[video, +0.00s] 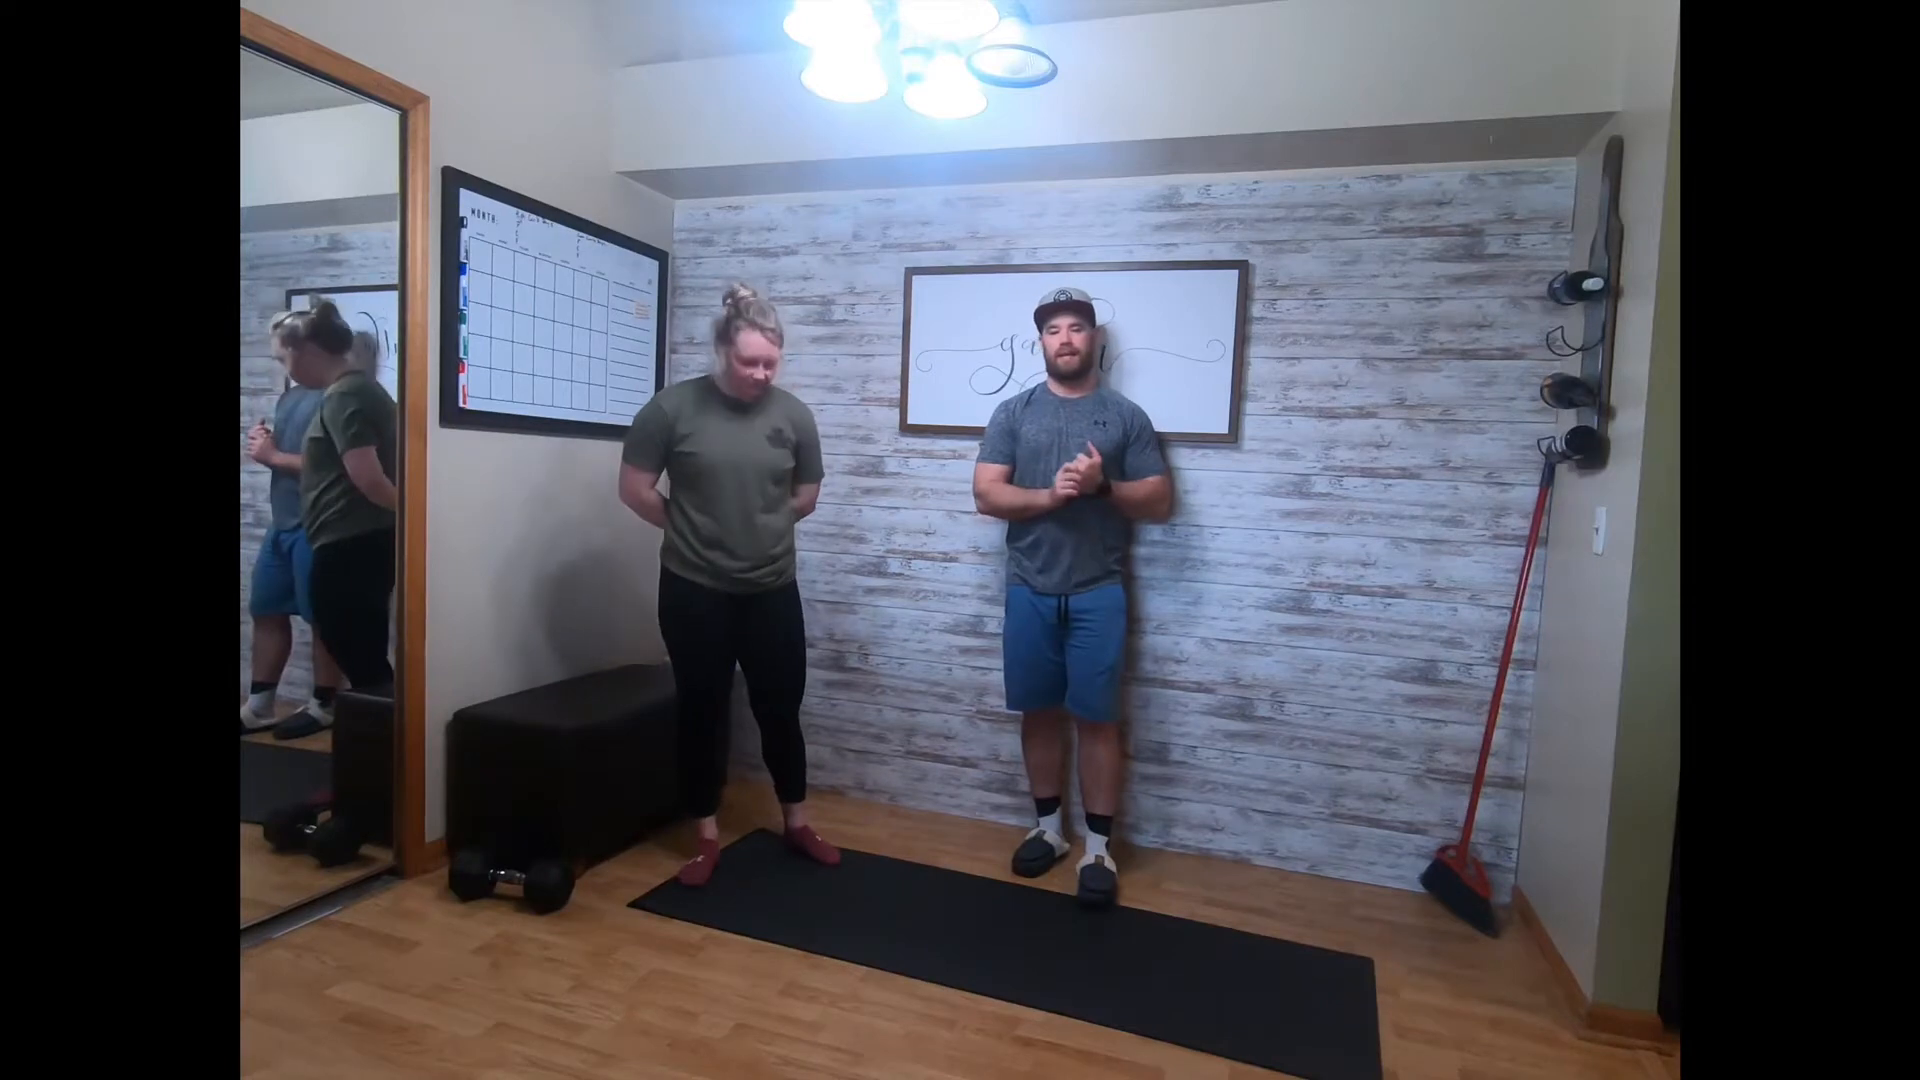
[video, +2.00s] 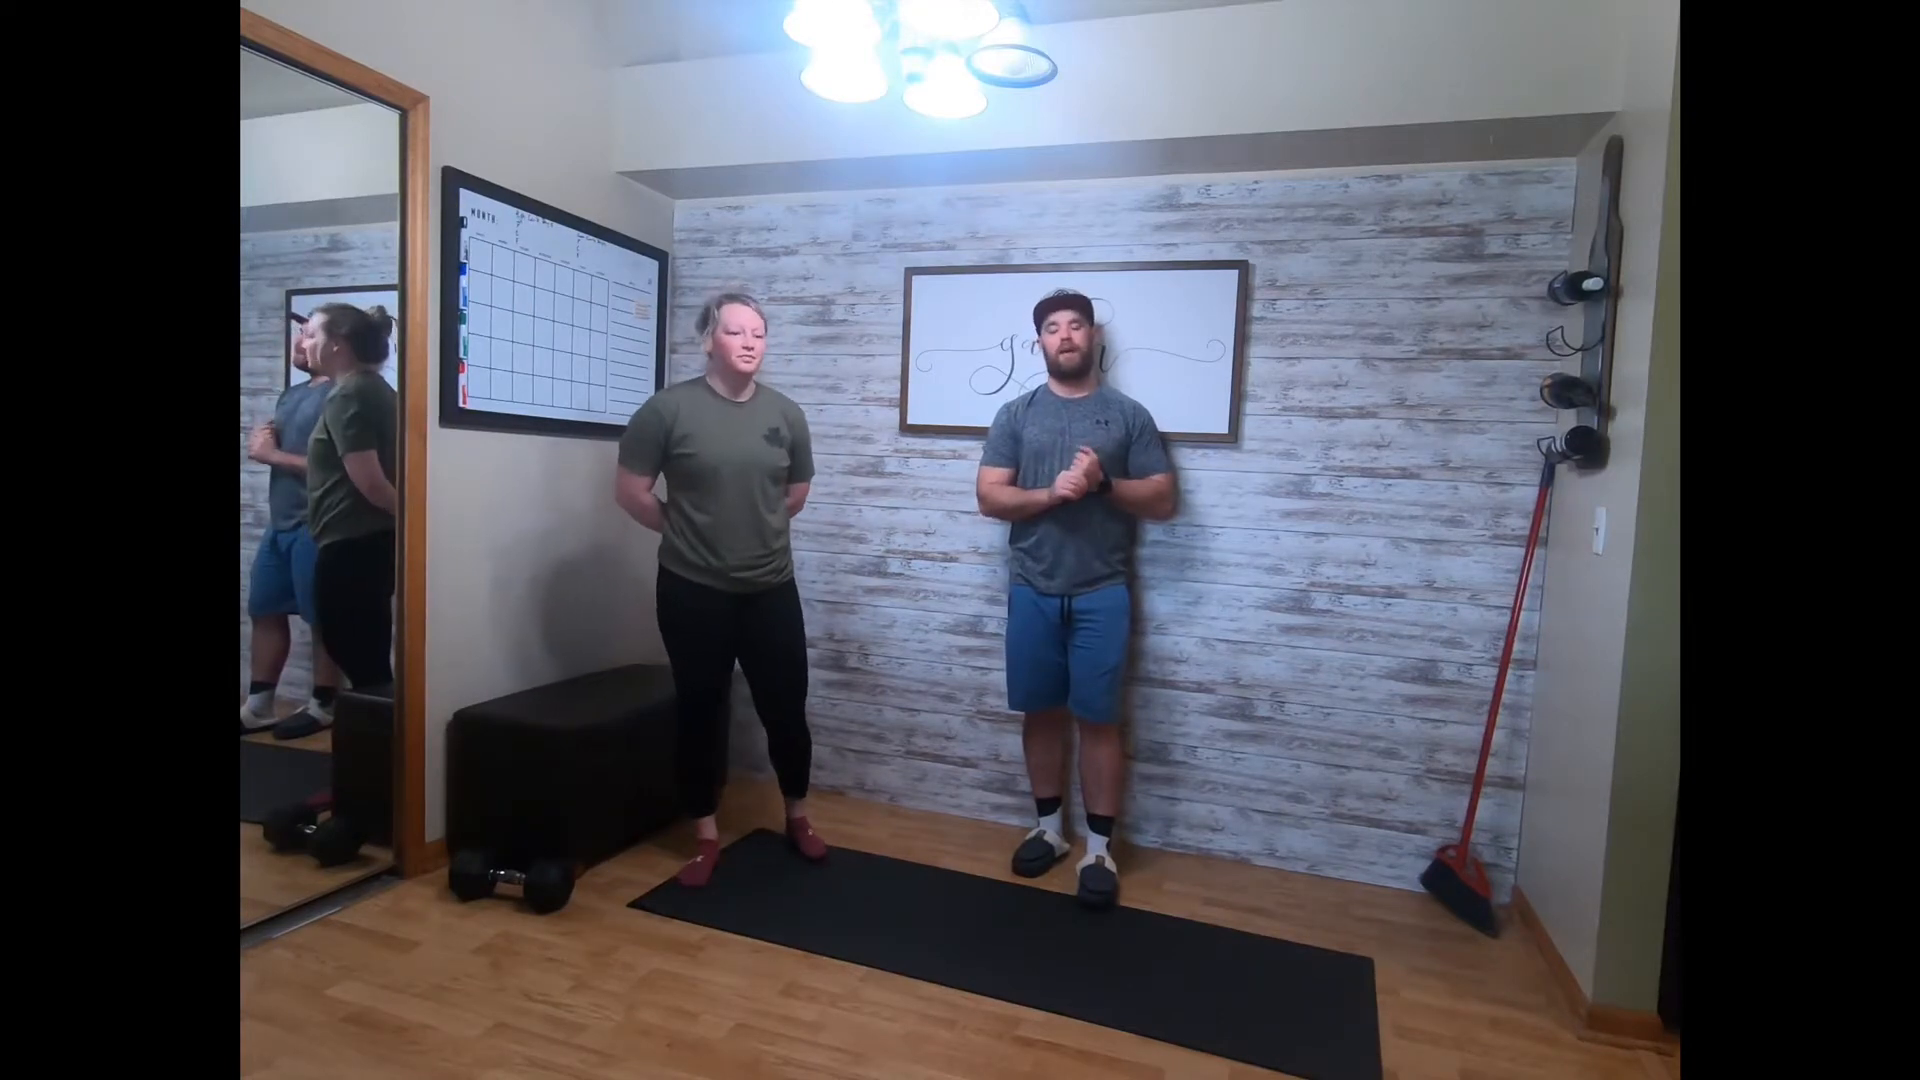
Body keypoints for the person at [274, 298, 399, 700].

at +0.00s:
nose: (287, 367)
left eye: (287, 356)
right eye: (284, 358)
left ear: (308, 347)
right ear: (320, 345)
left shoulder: (346, 396)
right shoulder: (360, 390)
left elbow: (368, 477)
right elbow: (376, 473)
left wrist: (410, 511)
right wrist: (412, 508)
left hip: (350, 543)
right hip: (361, 540)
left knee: (357, 654)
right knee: (360, 652)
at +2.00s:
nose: (306, 343)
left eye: (313, 335)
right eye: (308, 335)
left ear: (338, 344)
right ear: (345, 345)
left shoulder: (348, 396)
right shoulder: (380, 391)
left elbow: (373, 484)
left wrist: (421, 517)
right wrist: (422, 515)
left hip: (350, 545)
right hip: (373, 540)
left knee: (357, 658)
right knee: (366, 655)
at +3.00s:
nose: (326, 362)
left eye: (330, 352)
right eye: (325, 354)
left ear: (355, 350)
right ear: (357, 352)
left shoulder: (383, 400)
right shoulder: (367, 400)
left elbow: (407, 474)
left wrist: (409, 540)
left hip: (376, 544)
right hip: (358, 542)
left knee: (370, 646)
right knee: (364, 644)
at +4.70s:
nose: (299, 343)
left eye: (305, 334)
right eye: (301, 334)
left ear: (328, 341)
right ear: (353, 342)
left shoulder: (329, 393)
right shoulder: (385, 396)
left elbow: (344, 474)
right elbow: (401, 464)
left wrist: (399, 509)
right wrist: (404, 509)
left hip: (336, 545)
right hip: (380, 542)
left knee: (352, 660)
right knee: (379, 654)